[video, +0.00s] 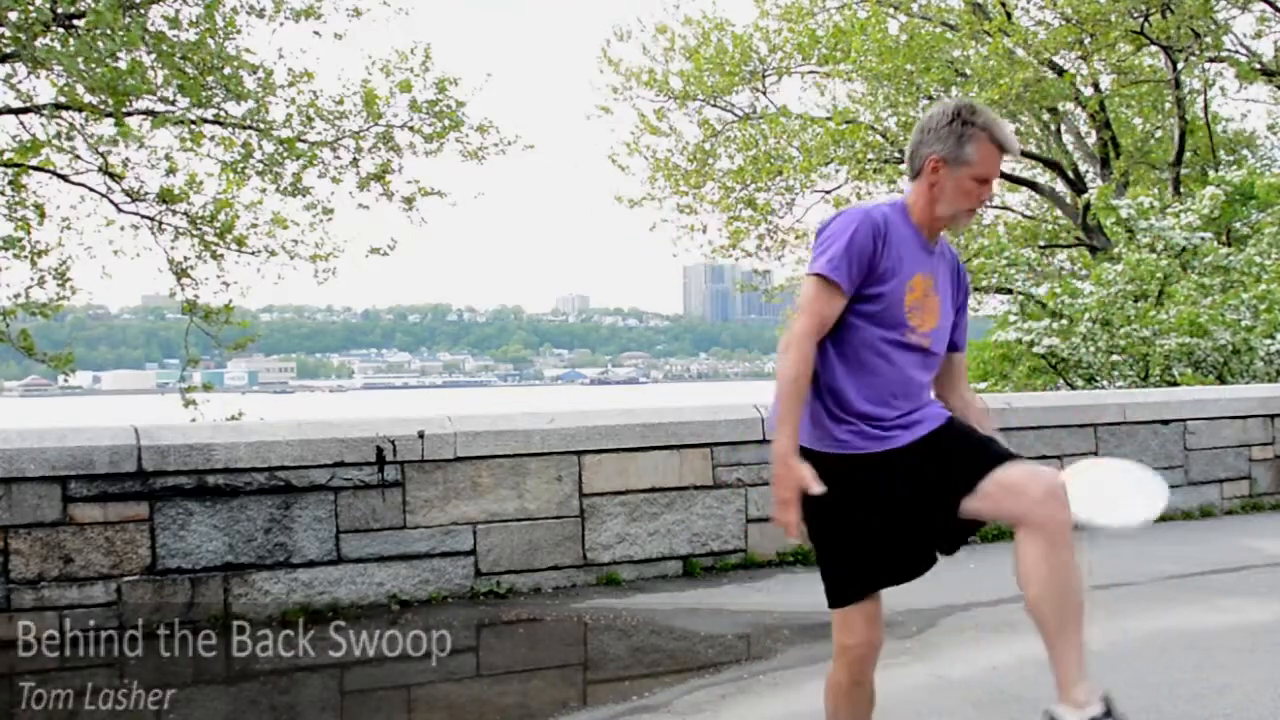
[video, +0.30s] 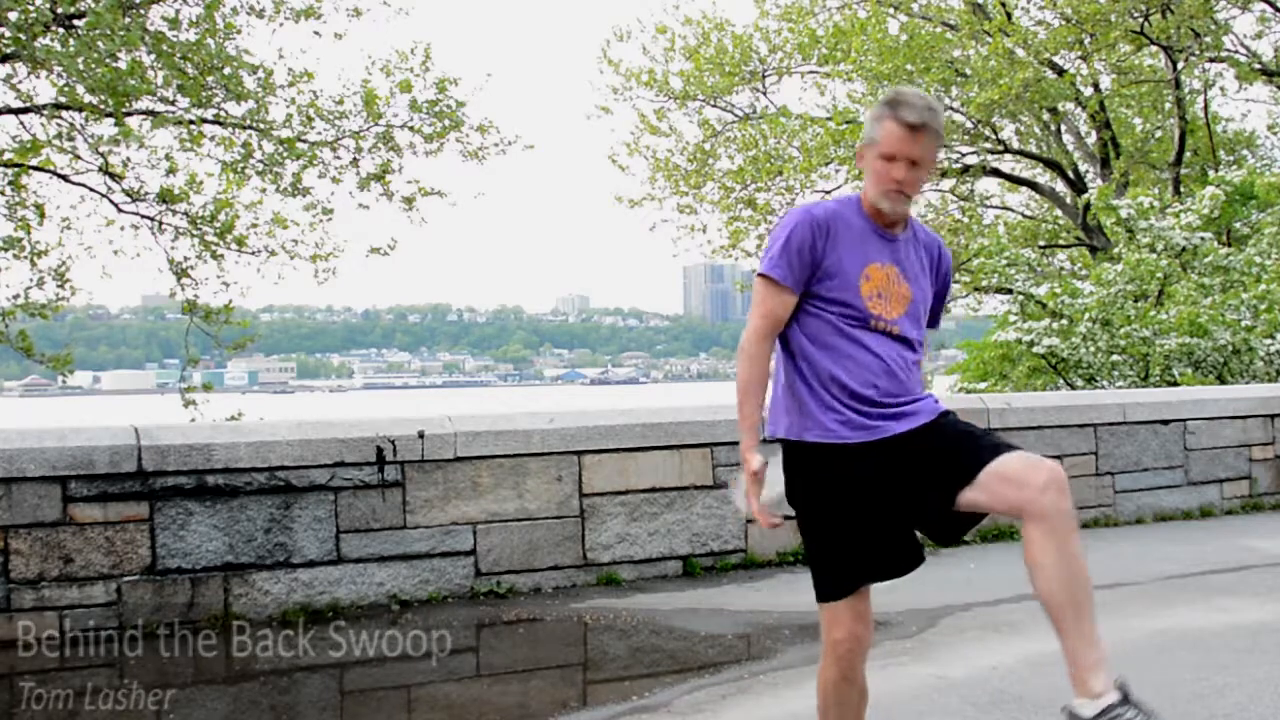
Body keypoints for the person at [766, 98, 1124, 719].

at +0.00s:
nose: (988, 197)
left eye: (993, 184)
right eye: (980, 180)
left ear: (942, 175)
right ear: (934, 170)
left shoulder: (950, 273)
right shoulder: (863, 228)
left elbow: (953, 389)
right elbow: (800, 338)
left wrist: (1009, 479)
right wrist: (783, 454)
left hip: (920, 441)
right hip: (840, 457)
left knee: (1044, 497)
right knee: (858, 646)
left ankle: (1076, 701)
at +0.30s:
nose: (900, 176)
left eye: (915, 164)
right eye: (888, 158)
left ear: (930, 169)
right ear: (862, 153)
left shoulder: (932, 255)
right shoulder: (810, 227)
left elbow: (909, 357)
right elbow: (757, 338)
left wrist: (922, 430)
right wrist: (750, 450)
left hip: (912, 435)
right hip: (825, 450)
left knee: (1042, 485)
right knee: (846, 639)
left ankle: (1095, 695)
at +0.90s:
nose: (799, 130)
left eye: (813, 119)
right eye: (804, 118)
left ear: (855, 137)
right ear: (845, 137)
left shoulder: (898, 210)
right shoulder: (786, 222)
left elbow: (878, 325)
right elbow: (771, 325)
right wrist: (755, 406)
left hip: (899, 446)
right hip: (811, 450)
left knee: (926, 631)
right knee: (790, 624)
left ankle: (975, 715)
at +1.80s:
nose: (745, 167)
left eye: (742, 160)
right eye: (743, 159)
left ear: (675, 175)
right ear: (734, 164)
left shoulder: (650, 243)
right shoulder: (784, 214)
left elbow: (664, 338)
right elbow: (822, 295)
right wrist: (832, 414)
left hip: (689, 439)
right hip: (780, 420)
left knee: (690, 616)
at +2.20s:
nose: (841, 174)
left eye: (836, 164)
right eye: (837, 165)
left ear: (780, 182)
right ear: (822, 173)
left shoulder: (763, 246)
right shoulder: (851, 230)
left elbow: (816, 326)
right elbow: (863, 321)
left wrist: (900, 287)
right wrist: (893, 418)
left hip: (751, 440)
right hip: (829, 438)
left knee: (733, 591)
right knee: (885, 578)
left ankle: (691, 715)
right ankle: (882, 712)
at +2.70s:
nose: (970, 173)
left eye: (967, 162)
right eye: (961, 163)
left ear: (934, 177)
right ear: (928, 177)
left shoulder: (964, 239)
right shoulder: (899, 253)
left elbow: (1027, 271)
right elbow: (863, 350)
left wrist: (1085, 234)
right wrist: (921, 429)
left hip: (952, 429)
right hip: (915, 435)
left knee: (977, 569)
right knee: (981, 570)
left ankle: (970, 695)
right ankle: (900, 707)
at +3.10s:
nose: (961, 151)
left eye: (954, 144)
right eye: (950, 146)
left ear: (936, 174)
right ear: (933, 171)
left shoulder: (979, 218)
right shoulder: (932, 240)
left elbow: (1021, 183)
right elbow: (915, 343)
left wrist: (1037, 107)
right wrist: (986, 410)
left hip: (1001, 422)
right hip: (956, 428)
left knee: (1058, 549)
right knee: (965, 576)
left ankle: (1013, 679)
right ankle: (913, 709)